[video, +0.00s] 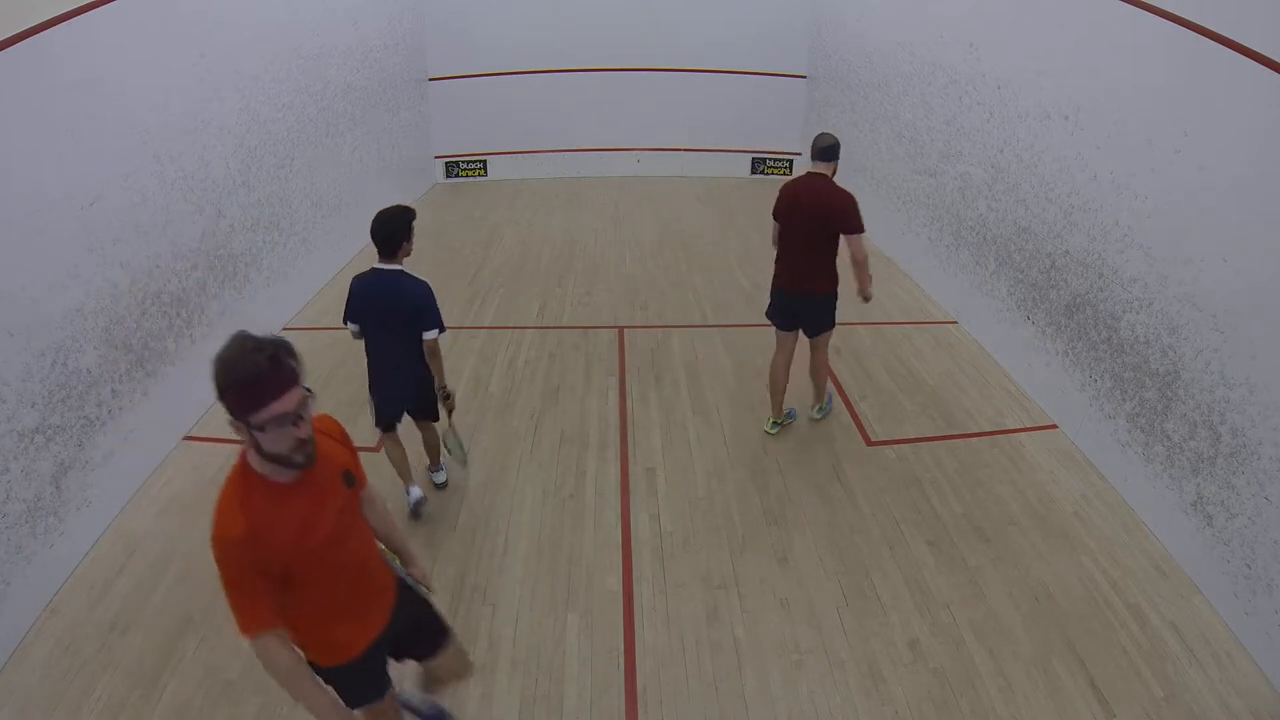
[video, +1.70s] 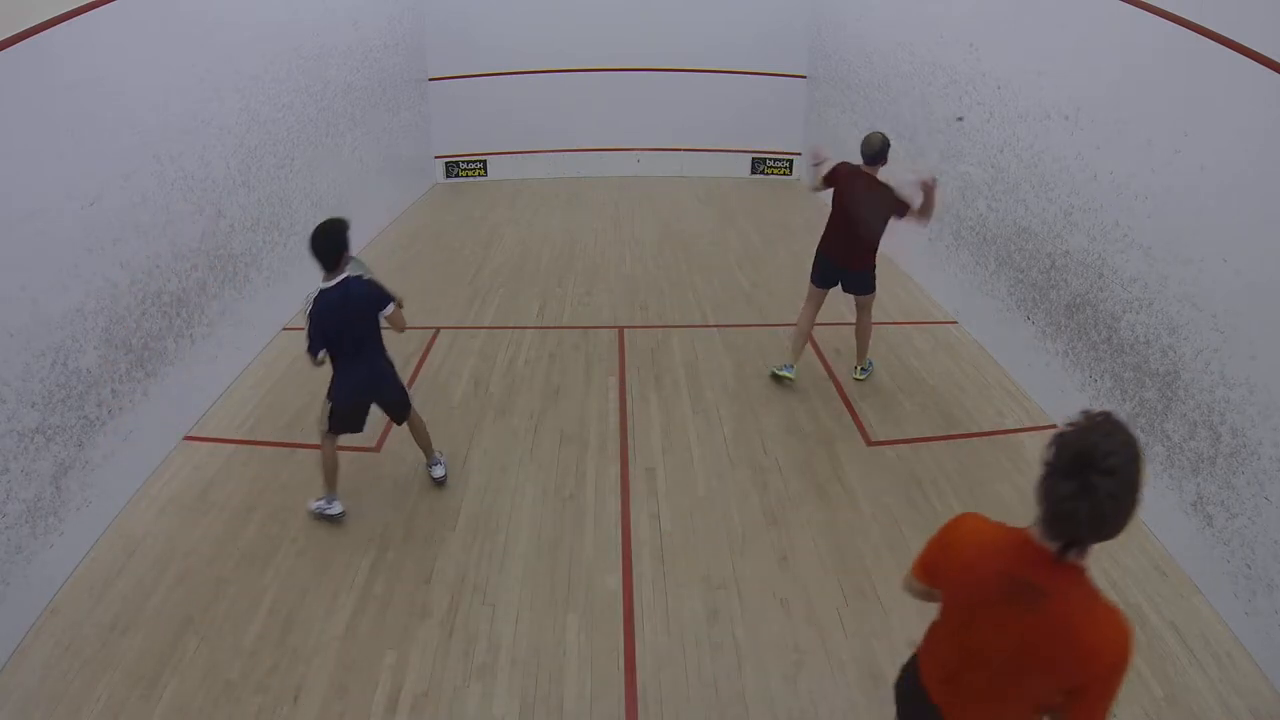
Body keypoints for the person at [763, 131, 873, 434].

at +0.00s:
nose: (832, 163)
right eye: (836, 158)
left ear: (810, 157)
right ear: (837, 160)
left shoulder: (789, 189)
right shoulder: (843, 199)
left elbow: (777, 238)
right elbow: (857, 255)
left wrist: (791, 255)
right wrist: (864, 287)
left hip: (784, 286)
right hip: (821, 290)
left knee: (782, 351)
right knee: (819, 351)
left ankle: (776, 416)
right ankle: (818, 405)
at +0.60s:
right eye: (857, 154)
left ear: (835, 153)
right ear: (861, 156)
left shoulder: (815, 182)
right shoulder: (871, 193)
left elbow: (793, 227)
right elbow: (880, 246)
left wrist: (813, 233)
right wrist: (881, 283)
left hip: (808, 272)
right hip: (842, 279)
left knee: (790, 322)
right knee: (826, 339)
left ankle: (774, 381)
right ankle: (815, 396)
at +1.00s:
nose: (848, 155)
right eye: (850, 152)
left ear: (826, 149)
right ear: (851, 153)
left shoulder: (806, 177)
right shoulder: (851, 189)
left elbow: (799, 216)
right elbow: (869, 238)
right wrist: (897, 241)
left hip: (800, 264)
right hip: (833, 269)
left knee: (790, 318)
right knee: (849, 316)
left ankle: (770, 377)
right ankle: (829, 376)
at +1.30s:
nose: (868, 162)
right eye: (869, 159)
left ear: (845, 158)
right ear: (867, 163)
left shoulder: (827, 181)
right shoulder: (860, 198)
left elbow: (824, 217)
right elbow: (883, 240)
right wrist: (918, 222)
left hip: (813, 265)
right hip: (845, 271)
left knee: (796, 316)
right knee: (855, 318)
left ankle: (771, 373)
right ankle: (861, 367)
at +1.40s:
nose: (878, 166)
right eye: (878, 163)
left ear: (854, 160)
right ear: (876, 168)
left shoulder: (838, 180)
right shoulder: (867, 201)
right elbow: (891, 239)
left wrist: (877, 195)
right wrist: (926, 217)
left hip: (821, 262)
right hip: (853, 269)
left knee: (801, 306)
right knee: (862, 314)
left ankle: (774, 360)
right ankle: (861, 366)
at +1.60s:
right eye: (889, 161)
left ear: (864, 158)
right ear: (888, 167)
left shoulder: (849, 172)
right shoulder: (874, 198)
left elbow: (835, 176)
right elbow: (903, 231)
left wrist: (847, 160)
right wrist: (926, 197)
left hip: (827, 256)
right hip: (858, 267)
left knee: (810, 304)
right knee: (866, 312)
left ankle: (783, 357)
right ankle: (861, 365)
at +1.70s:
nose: (884, 157)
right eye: (885, 154)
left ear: (861, 153)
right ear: (885, 159)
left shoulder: (843, 172)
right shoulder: (886, 195)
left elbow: (816, 185)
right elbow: (922, 215)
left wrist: (816, 165)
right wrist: (929, 193)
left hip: (827, 257)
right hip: (860, 266)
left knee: (810, 306)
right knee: (863, 313)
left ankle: (790, 365)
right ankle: (861, 365)